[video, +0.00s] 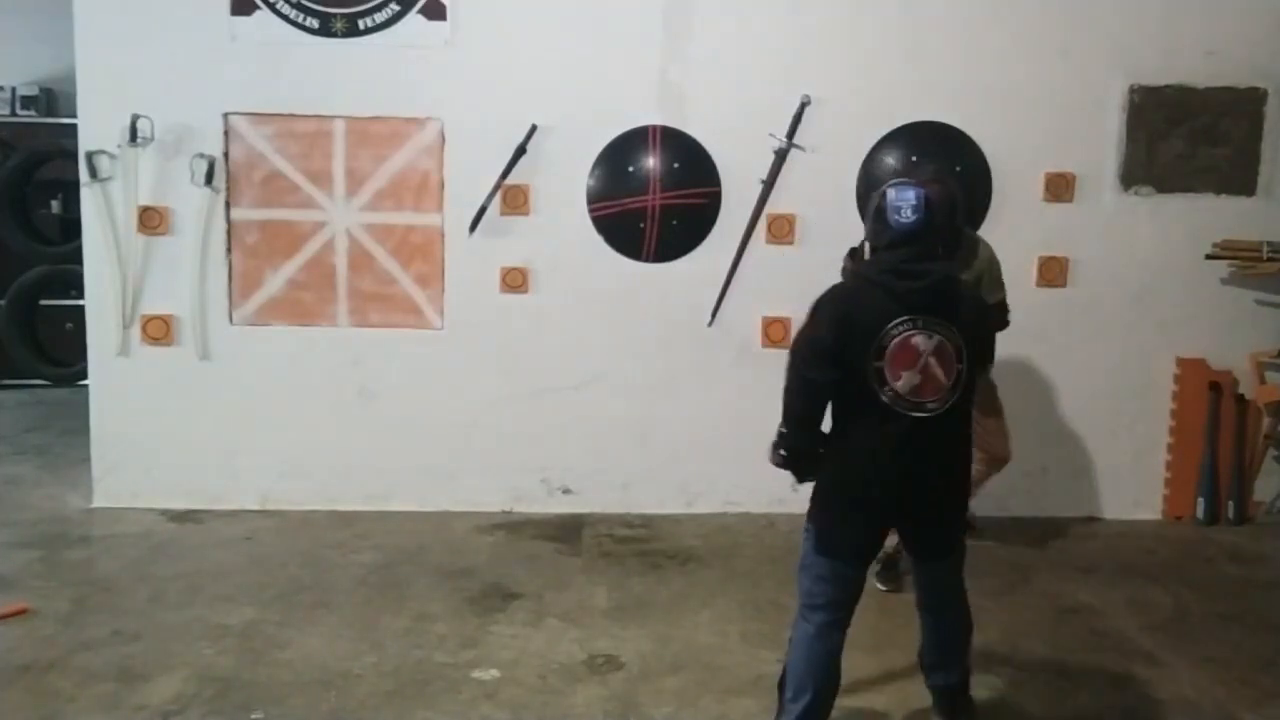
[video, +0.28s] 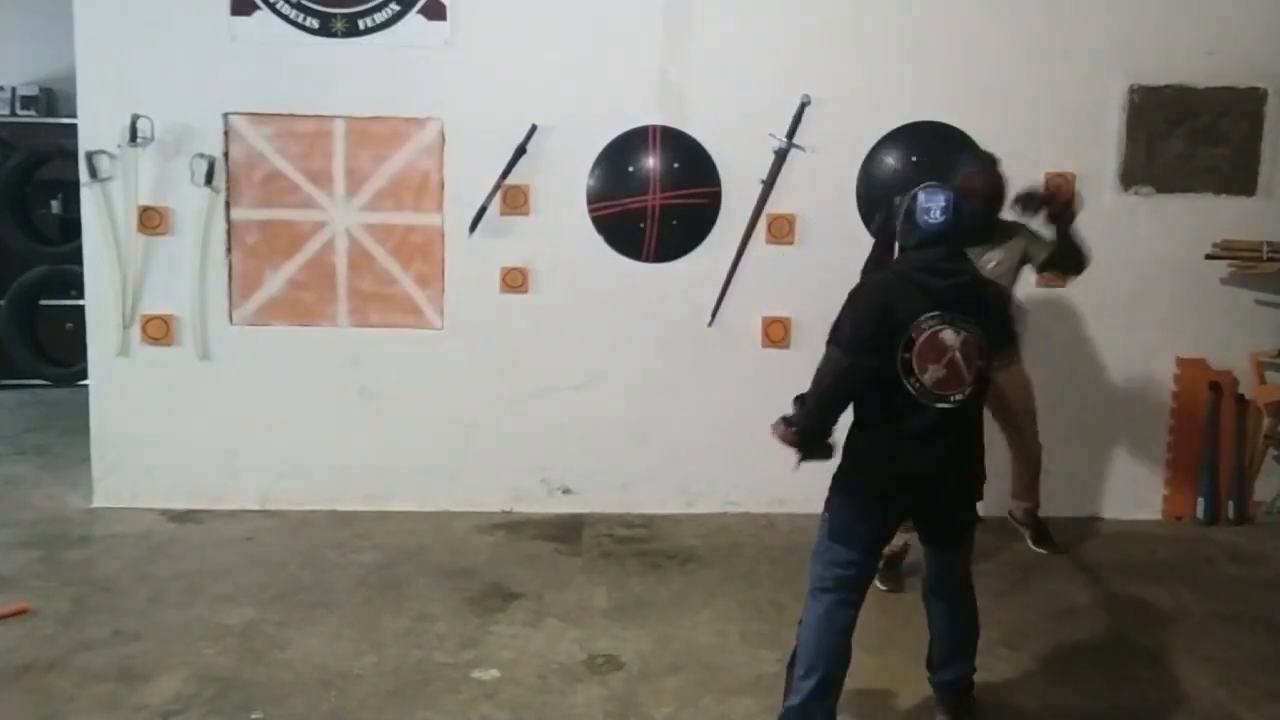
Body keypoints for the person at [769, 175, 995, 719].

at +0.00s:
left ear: (875, 228)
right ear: (947, 232)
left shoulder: (845, 303)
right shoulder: (968, 307)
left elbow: (806, 383)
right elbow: (980, 369)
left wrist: (799, 449)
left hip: (854, 482)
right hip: (939, 483)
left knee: (821, 610)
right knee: (942, 591)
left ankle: (800, 709)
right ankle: (951, 695)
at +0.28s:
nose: (894, 230)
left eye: (897, 222)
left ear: (901, 229)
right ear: (960, 231)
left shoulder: (879, 291)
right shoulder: (987, 296)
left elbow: (842, 368)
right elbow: (1004, 360)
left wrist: (808, 427)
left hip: (876, 465)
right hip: (953, 467)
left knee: (835, 585)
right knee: (950, 581)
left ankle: (807, 705)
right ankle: (954, 689)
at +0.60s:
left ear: (887, 224)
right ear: (954, 230)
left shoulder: (850, 291)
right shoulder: (972, 303)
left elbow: (807, 367)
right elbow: (1003, 402)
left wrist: (860, 326)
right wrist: (1045, 460)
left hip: (855, 468)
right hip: (937, 473)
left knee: (819, 587)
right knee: (949, 587)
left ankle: (787, 708)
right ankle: (954, 696)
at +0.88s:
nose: (956, 244)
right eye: (955, 232)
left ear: (877, 219)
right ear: (945, 229)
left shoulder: (837, 291)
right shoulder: (949, 304)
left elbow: (798, 345)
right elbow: (1022, 360)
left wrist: (849, 361)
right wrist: (1066, 317)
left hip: (833, 473)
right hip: (913, 479)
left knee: (808, 588)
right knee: (935, 581)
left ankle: (782, 707)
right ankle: (953, 677)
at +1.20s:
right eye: (966, 228)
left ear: (909, 226)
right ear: (968, 235)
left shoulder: (868, 285)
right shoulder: (978, 293)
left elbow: (826, 345)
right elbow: (1004, 342)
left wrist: (845, 395)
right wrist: (991, 276)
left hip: (869, 450)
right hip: (947, 454)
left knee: (826, 553)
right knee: (955, 563)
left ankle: (788, 683)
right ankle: (961, 681)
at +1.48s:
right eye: (953, 229)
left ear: (885, 224)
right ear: (948, 231)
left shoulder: (850, 289)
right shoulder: (964, 294)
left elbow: (807, 359)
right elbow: (983, 352)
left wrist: (856, 392)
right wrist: (1036, 344)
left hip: (854, 450)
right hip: (932, 455)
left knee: (816, 551)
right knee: (949, 563)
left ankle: (786, 675)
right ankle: (959, 679)